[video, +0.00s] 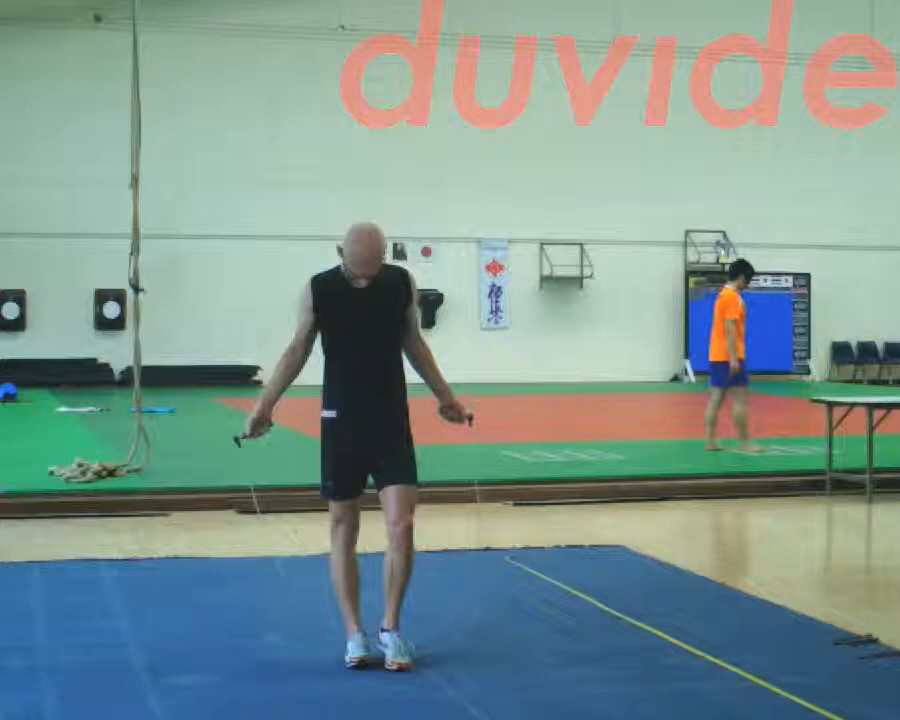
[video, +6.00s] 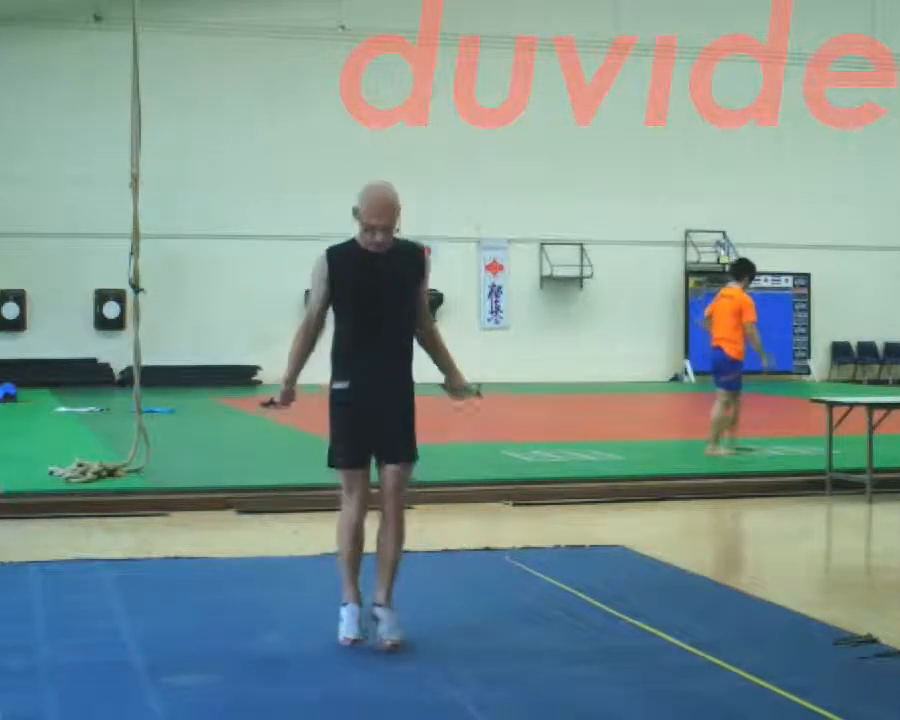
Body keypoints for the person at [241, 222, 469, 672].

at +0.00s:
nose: (364, 278)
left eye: (371, 271)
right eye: (357, 271)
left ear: (384, 256)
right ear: (342, 254)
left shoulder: (400, 282)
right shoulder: (319, 289)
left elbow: (414, 344)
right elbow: (295, 353)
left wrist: (446, 398)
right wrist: (263, 409)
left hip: (391, 421)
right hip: (342, 424)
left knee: (402, 524)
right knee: (343, 526)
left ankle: (391, 630)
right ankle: (354, 634)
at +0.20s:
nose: (366, 275)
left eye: (374, 269)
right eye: (359, 269)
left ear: (387, 254)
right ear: (345, 252)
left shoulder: (401, 279)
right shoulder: (325, 284)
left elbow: (415, 331)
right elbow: (292, 332)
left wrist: (461, 347)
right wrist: (238, 353)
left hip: (391, 419)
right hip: (343, 421)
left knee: (395, 528)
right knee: (343, 525)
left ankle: (389, 633)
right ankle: (354, 635)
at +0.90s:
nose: (381, 248)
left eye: (389, 240)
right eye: (374, 241)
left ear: (400, 227)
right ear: (358, 225)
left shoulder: (413, 260)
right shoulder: (333, 263)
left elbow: (421, 323)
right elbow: (313, 327)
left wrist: (452, 364)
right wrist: (294, 373)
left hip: (398, 396)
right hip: (351, 397)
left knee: (395, 501)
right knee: (359, 502)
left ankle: (385, 619)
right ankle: (355, 620)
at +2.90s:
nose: (378, 250)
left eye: (385, 242)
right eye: (370, 242)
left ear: (396, 230)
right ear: (355, 228)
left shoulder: (410, 267)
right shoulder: (329, 270)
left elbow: (418, 330)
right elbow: (306, 329)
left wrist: (452, 378)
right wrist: (286, 390)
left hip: (396, 398)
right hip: (350, 399)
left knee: (392, 502)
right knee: (355, 505)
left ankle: (382, 616)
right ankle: (353, 615)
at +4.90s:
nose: (370, 256)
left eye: (378, 247)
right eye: (361, 248)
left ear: (390, 241)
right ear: (347, 242)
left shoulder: (410, 286)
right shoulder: (325, 291)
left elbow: (423, 346)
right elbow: (308, 349)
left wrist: (456, 385)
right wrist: (290, 393)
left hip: (393, 417)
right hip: (346, 418)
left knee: (389, 520)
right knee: (353, 523)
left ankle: (376, 621)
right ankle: (348, 622)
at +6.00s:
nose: (379, 238)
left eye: (387, 230)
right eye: (371, 229)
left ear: (398, 220)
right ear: (357, 217)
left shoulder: (414, 258)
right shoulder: (333, 261)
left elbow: (424, 326)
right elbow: (311, 326)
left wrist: (453, 376)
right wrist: (289, 382)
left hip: (395, 391)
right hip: (352, 392)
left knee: (392, 498)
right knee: (358, 497)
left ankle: (377, 605)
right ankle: (354, 603)